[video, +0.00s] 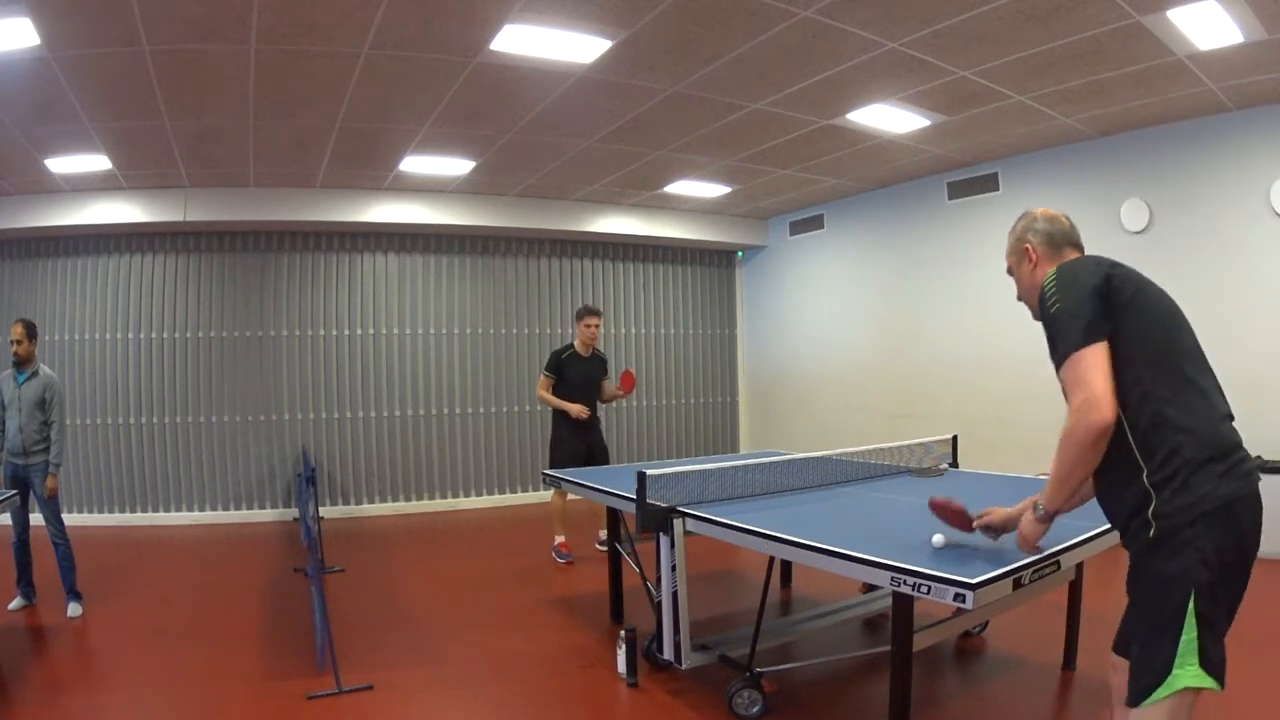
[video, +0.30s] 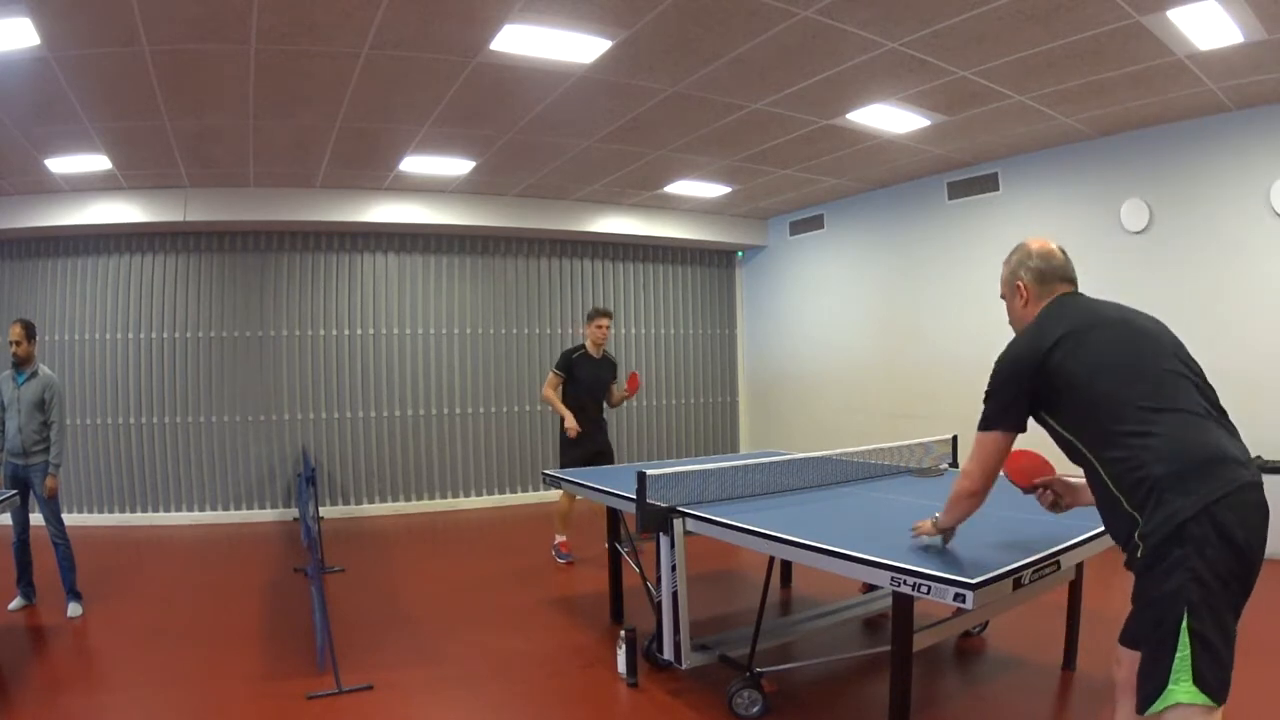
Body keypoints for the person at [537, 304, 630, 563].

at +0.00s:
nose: (593, 331)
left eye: (597, 327)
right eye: (588, 326)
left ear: (601, 330)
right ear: (577, 327)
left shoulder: (600, 360)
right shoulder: (560, 357)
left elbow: (602, 395)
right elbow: (541, 392)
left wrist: (619, 391)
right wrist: (569, 407)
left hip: (592, 431)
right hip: (565, 433)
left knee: (603, 483)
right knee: (561, 488)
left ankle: (605, 536)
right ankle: (559, 541)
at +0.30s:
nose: (603, 332)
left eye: (607, 328)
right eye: (599, 327)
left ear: (610, 332)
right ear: (586, 329)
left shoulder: (609, 363)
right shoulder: (570, 357)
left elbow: (612, 401)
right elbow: (547, 391)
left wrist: (626, 392)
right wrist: (567, 415)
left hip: (598, 430)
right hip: (573, 431)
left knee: (610, 484)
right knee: (570, 490)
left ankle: (616, 538)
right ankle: (560, 540)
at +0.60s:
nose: (613, 336)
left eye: (617, 332)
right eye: (608, 331)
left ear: (620, 335)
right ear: (596, 332)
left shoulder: (619, 367)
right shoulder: (577, 360)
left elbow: (622, 406)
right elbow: (551, 387)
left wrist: (631, 397)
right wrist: (567, 407)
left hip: (605, 435)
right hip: (578, 434)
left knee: (617, 486)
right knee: (564, 489)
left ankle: (618, 537)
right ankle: (548, 546)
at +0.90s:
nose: (609, 339)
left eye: (614, 335)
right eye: (605, 334)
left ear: (617, 339)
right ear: (593, 335)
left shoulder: (614, 371)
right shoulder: (573, 362)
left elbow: (616, 410)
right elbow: (549, 393)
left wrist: (627, 402)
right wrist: (570, 413)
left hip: (598, 436)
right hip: (573, 436)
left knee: (616, 486)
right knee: (561, 492)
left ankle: (617, 538)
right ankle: (545, 552)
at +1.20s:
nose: (612, 340)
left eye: (616, 336)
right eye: (608, 335)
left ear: (619, 339)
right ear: (595, 336)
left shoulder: (617, 371)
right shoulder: (575, 364)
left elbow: (622, 412)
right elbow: (551, 394)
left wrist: (629, 405)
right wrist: (574, 415)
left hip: (602, 438)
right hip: (575, 439)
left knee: (618, 487)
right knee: (564, 493)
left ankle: (618, 536)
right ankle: (546, 551)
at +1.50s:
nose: (621, 345)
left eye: (625, 341)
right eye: (617, 339)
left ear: (627, 345)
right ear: (604, 339)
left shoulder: (619, 378)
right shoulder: (583, 365)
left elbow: (622, 416)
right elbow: (558, 397)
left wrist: (642, 410)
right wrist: (589, 412)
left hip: (596, 437)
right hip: (572, 435)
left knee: (624, 479)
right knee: (568, 491)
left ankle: (620, 537)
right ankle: (544, 552)